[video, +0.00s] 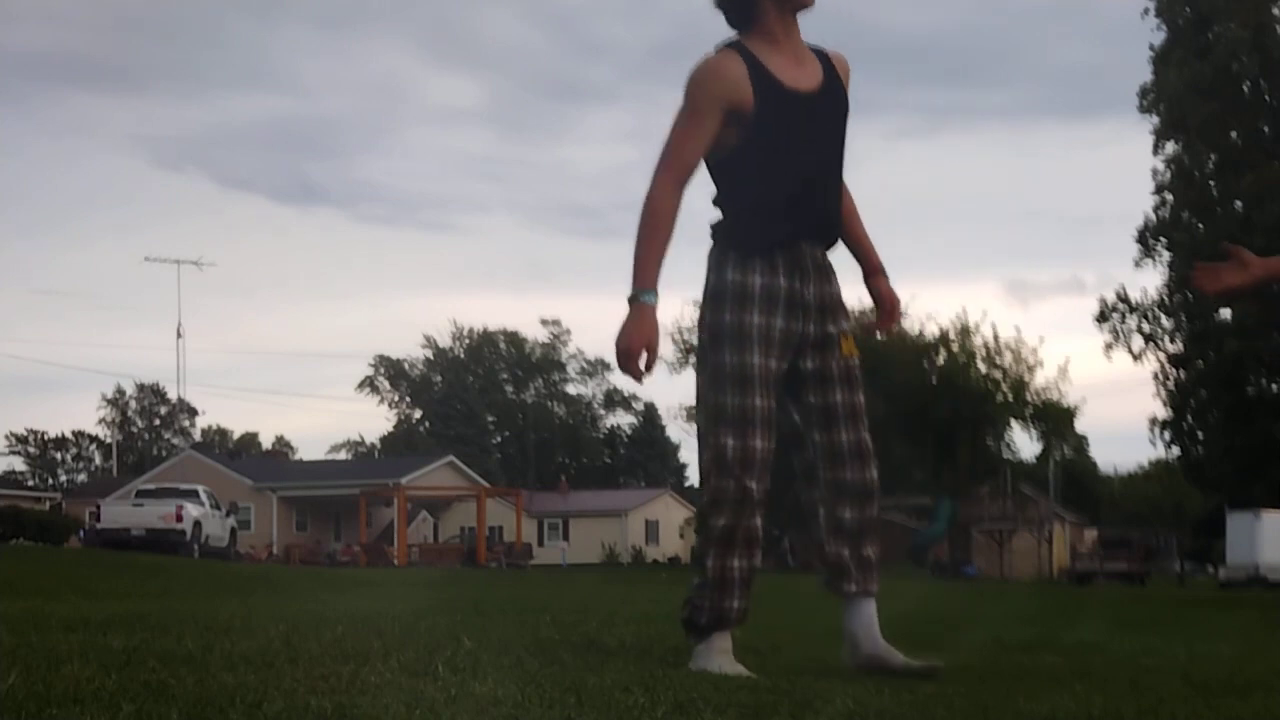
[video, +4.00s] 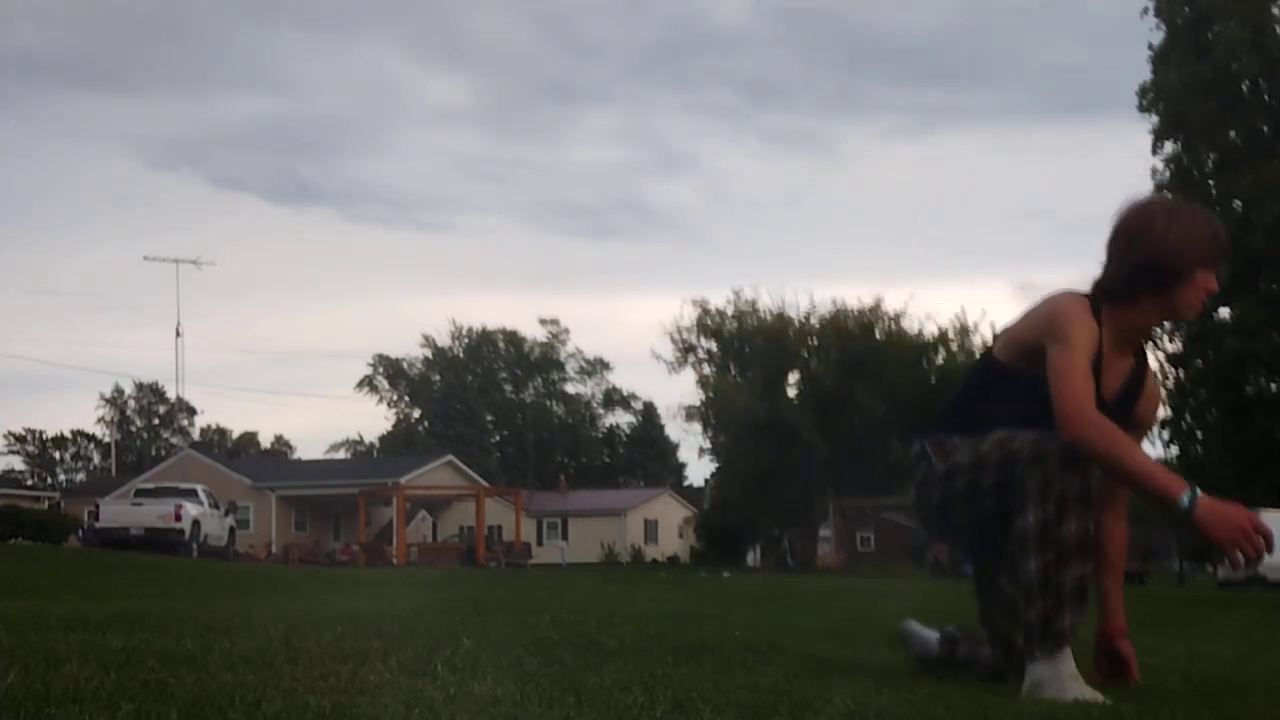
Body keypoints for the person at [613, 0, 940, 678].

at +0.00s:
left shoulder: (833, 66)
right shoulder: (723, 71)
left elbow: (827, 180)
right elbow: (667, 185)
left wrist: (875, 271)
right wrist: (642, 301)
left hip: (818, 276)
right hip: (747, 277)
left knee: (848, 454)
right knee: (741, 459)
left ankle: (863, 633)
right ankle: (714, 643)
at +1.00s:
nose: (933, 59)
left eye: (934, 47)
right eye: (931, 46)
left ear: (858, 45)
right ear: (909, 44)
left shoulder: (808, 114)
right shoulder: (911, 108)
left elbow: (744, 217)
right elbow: (993, 204)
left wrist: (756, 314)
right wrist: (1090, 262)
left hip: (803, 301)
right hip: (863, 295)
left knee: (825, 469)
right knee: (902, 468)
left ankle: (782, 633)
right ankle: (932, 651)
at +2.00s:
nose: (1010, 65)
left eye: (1010, 54)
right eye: (1003, 52)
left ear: (954, 57)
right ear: (969, 55)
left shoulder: (934, 124)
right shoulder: (942, 123)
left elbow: (892, 217)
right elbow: (894, 206)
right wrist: (866, 303)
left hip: (905, 307)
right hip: (915, 309)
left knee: (912, 471)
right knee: (943, 468)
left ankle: (885, 634)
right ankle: (937, 649)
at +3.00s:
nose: (998, 69)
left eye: (1000, 58)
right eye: (992, 55)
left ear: (962, 56)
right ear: (960, 50)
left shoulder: (935, 135)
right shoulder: (905, 110)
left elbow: (914, 245)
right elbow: (853, 203)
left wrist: (939, 326)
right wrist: (893, 287)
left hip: (912, 316)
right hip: (884, 310)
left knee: (909, 475)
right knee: (886, 472)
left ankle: (880, 634)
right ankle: (857, 643)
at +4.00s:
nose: (1215, 287)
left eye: (1215, 272)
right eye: (1206, 270)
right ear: (1165, 267)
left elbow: (1111, 508)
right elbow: (1077, 423)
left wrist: (1112, 626)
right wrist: (1196, 504)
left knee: (1020, 658)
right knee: (1058, 461)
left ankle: (932, 646)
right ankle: (1050, 664)